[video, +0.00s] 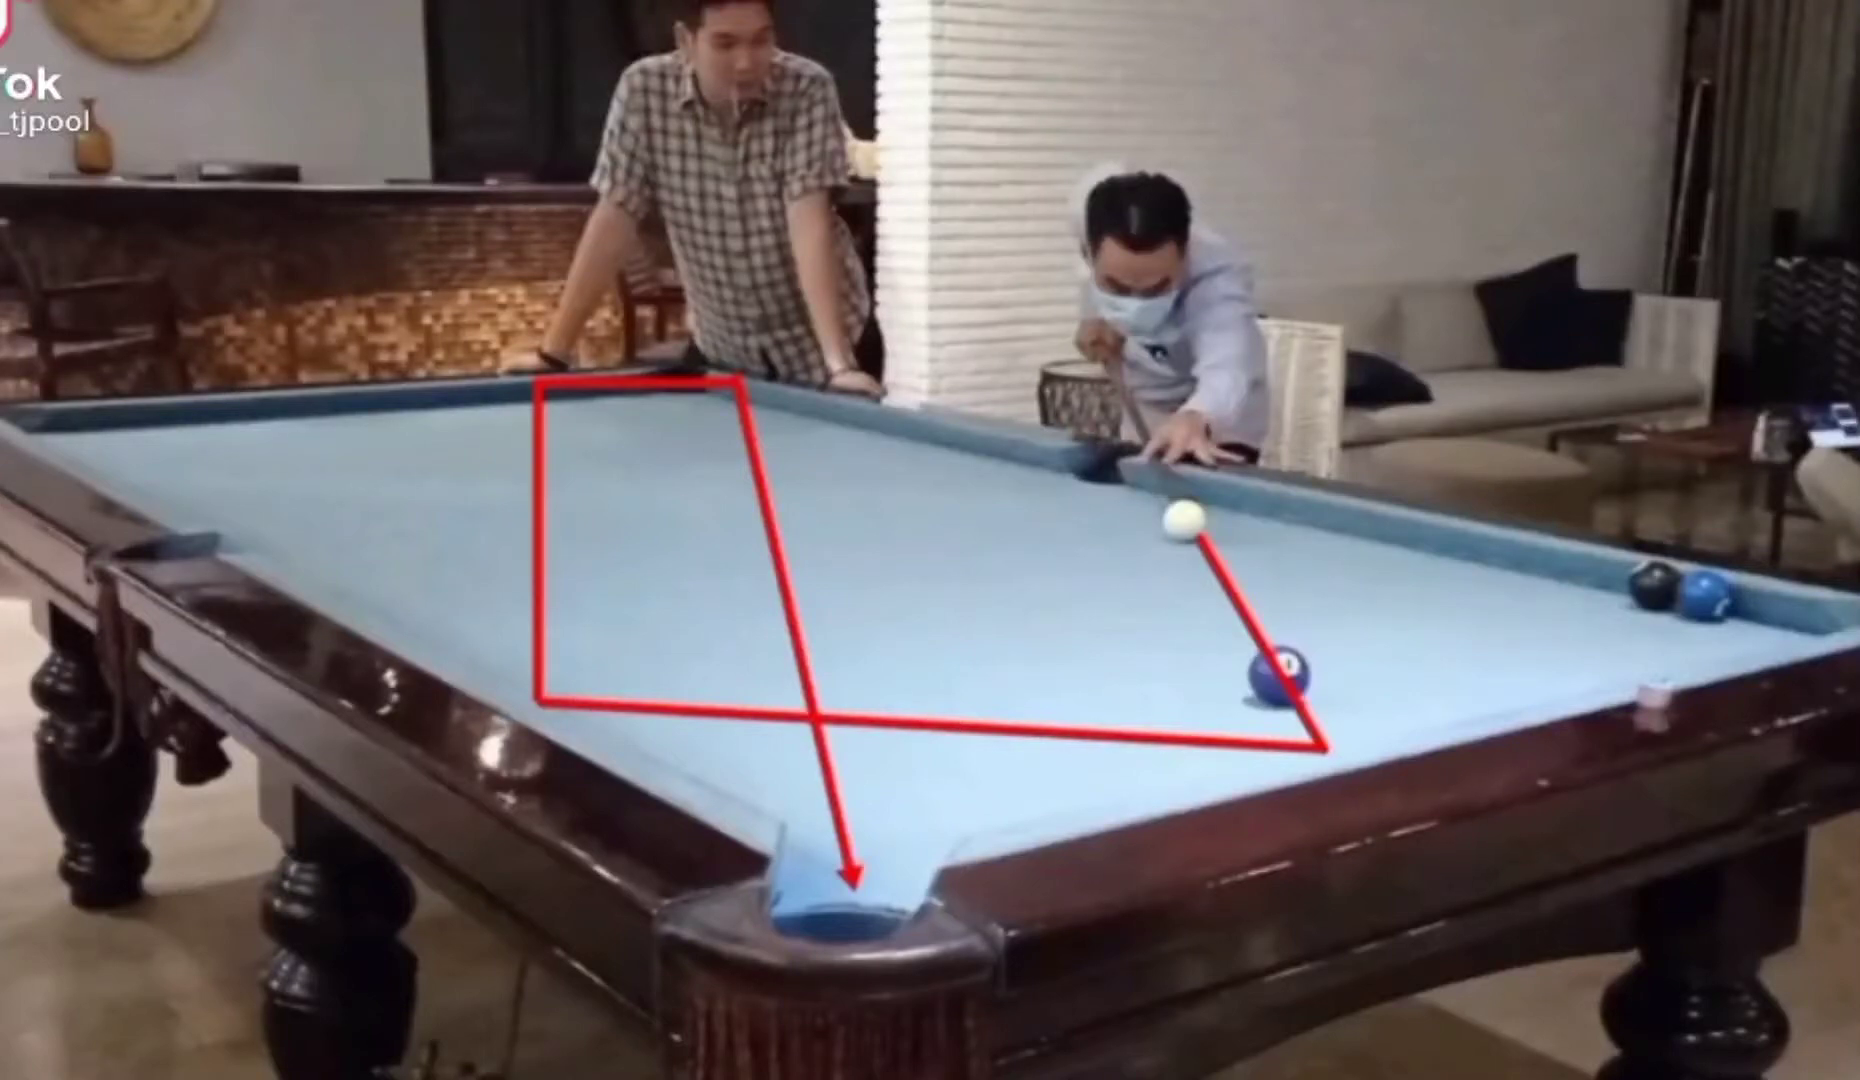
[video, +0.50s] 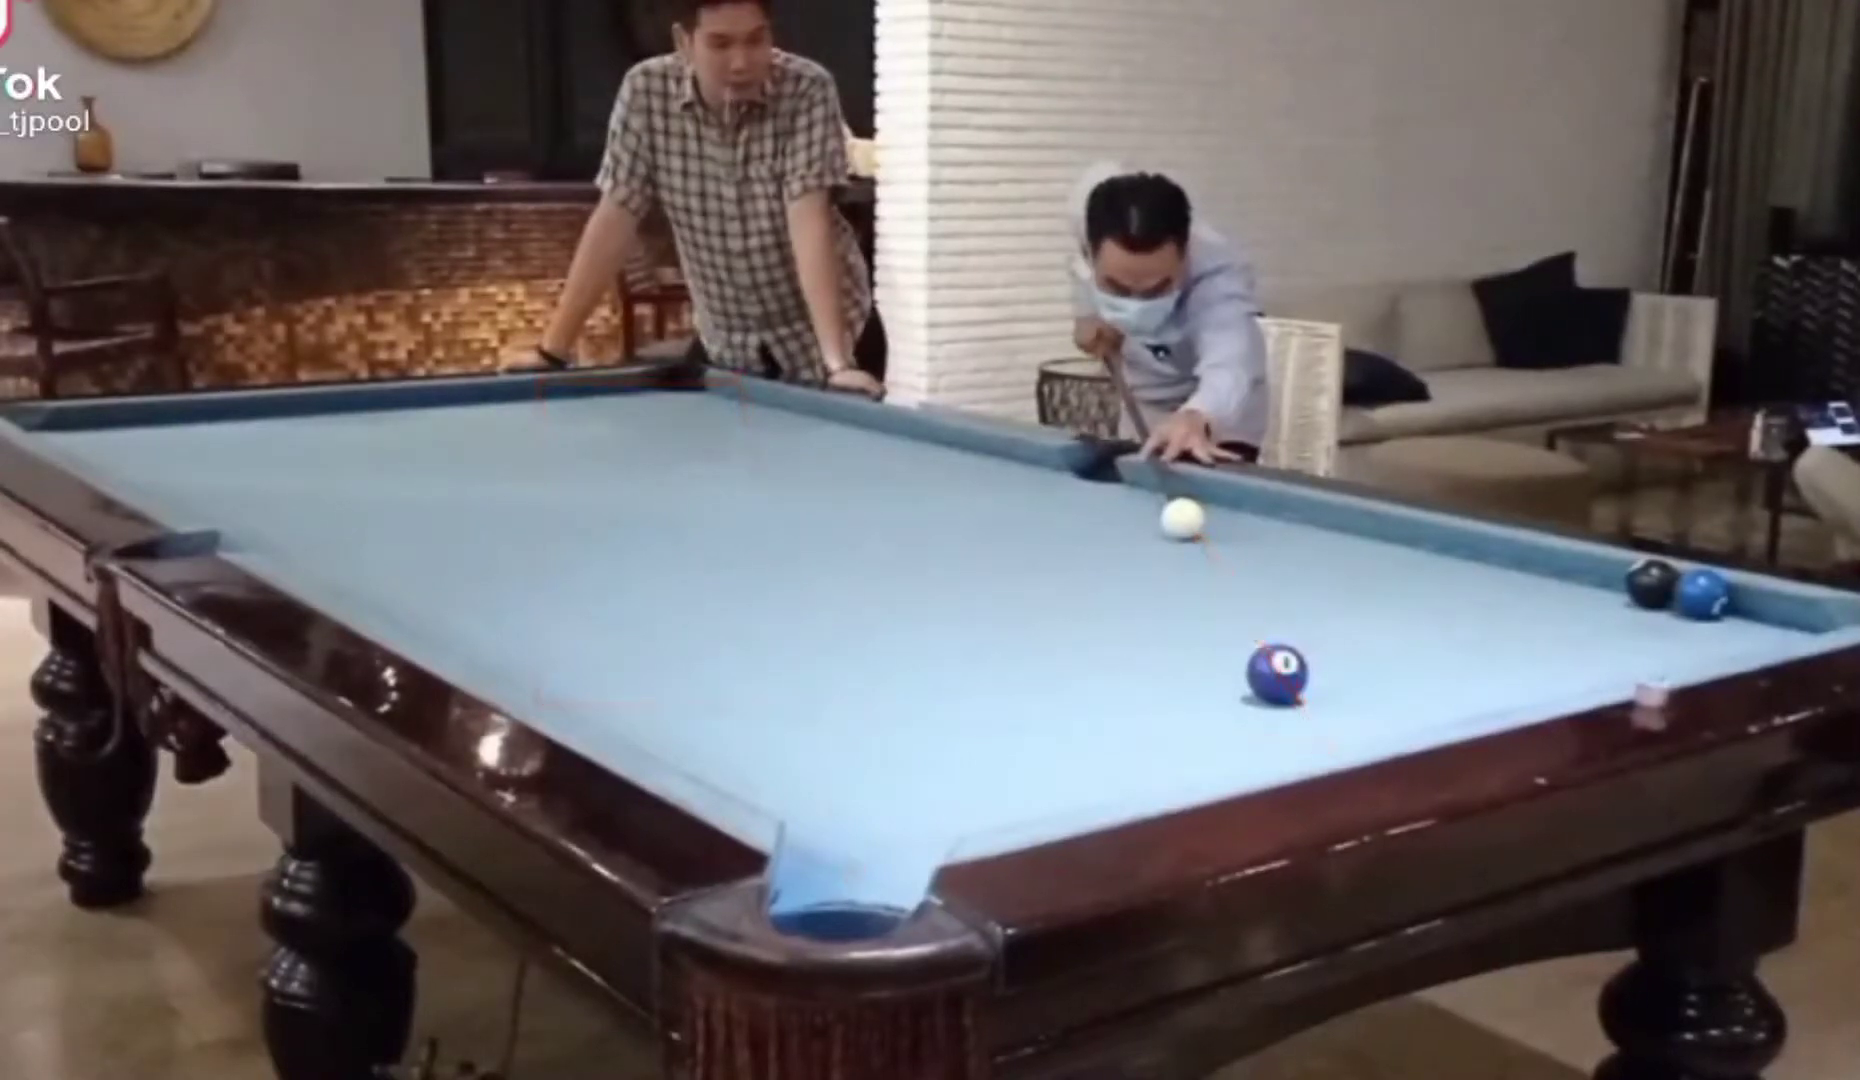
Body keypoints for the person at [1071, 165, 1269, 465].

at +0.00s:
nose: (1136, 306)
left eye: (1155, 291)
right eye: (1117, 289)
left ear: (1184, 257)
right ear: (1088, 255)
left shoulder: (1216, 274)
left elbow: (1229, 363)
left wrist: (1195, 415)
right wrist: (1091, 321)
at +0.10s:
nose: (1136, 307)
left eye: (1155, 291)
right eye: (1117, 289)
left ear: (1184, 257)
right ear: (1088, 255)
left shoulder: (1216, 274)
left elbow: (1229, 363)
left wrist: (1195, 415)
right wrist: (1091, 321)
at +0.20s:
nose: (1136, 306)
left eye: (1156, 290)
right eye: (1117, 289)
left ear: (1184, 257)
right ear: (1089, 255)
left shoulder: (1216, 273)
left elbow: (1229, 364)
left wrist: (1195, 415)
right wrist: (1092, 318)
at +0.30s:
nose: (1135, 306)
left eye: (1156, 290)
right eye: (1117, 289)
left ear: (1184, 257)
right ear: (1087, 254)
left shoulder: (1217, 272)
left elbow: (1230, 363)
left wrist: (1195, 415)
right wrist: (1086, 314)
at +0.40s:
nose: (1135, 306)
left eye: (1155, 290)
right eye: (1117, 289)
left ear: (1184, 257)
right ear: (1087, 254)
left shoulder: (1217, 271)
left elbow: (1231, 363)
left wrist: (1195, 415)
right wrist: (1085, 315)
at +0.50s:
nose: (1135, 308)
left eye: (1156, 291)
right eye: (1117, 290)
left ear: (1184, 258)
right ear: (1087, 255)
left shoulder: (1217, 271)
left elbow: (1232, 363)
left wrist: (1195, 415)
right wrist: (1085, 317)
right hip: (1136, 412)